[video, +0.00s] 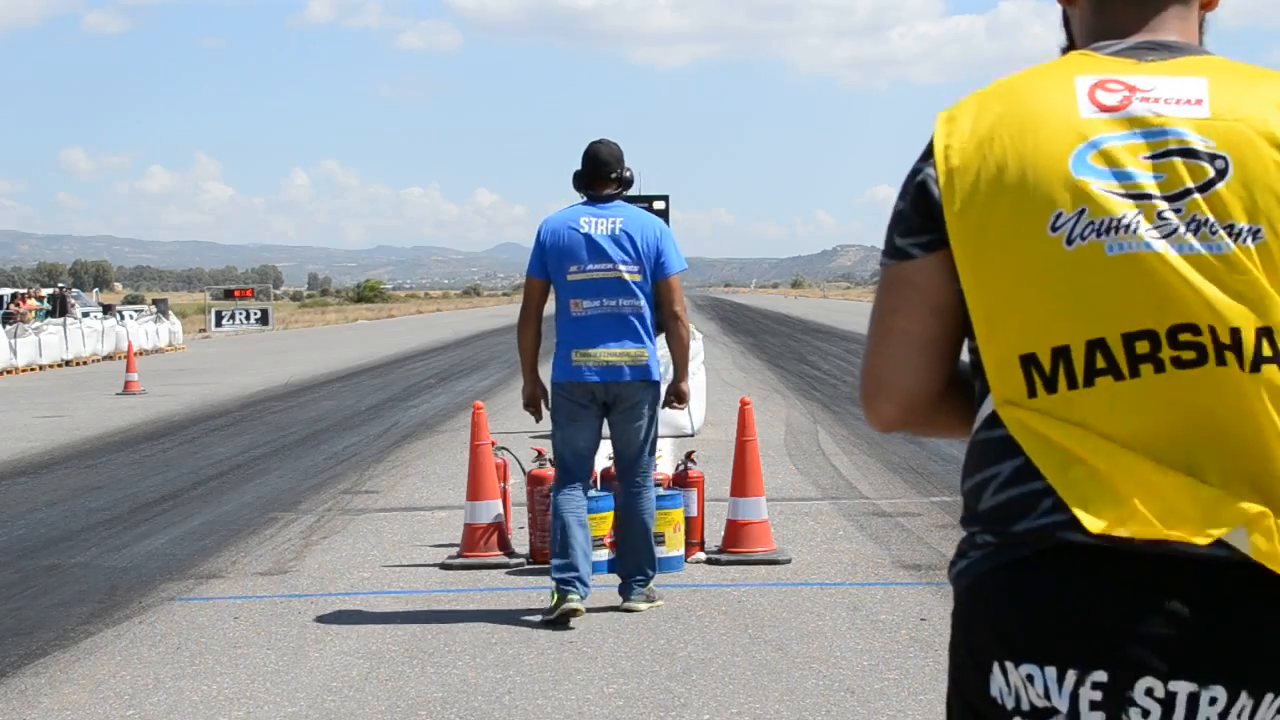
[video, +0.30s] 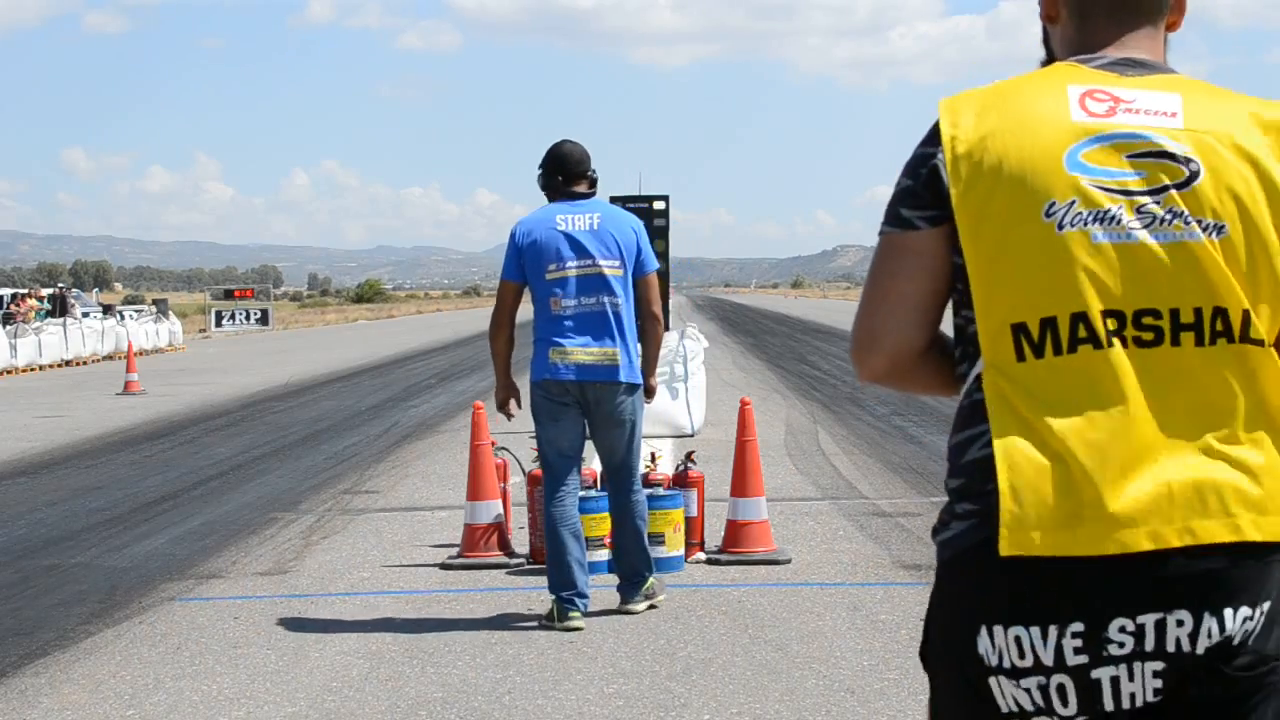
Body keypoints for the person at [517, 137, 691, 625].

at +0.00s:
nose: (607, 182)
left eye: (588, 176)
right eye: (621, 176)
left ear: (580, 181)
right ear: (625, 180)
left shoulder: (553, 229)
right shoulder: (653, 229)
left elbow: (530, 313)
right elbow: (674, 312)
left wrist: (530, 376)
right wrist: (682, 375)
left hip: (575, 372)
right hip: (636, 371)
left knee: (571, 480)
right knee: (636, 477)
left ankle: (570, 588)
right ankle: (637, 586)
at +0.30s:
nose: (543, 186)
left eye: (543, 180)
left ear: (548, 182)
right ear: (593, 180)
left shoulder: (529, 230)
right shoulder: (628, 225)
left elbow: (503, 316)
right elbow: (652, 313)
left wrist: (502, 376)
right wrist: (649, 371)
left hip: (554, 374)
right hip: (616, 372)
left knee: (561, 484)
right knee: (625, 481)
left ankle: (569, 603)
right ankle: (637, 585)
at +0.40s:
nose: (532, 184)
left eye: (533, 177)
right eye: (532, 177)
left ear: (546, 179)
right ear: (585, 179)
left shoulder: (525, 228)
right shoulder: (625, 222)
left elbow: (501, 316)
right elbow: (649, 309)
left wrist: (493, 382)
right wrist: (647, 369)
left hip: (552, 373)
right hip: (616, 371)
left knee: (560, 483)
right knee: (627, 479)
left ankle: (570, 604)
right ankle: (637, 590)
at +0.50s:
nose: (528, 184)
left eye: (530, 177)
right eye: (528, 177)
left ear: (544, 178)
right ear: (581, 177)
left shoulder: (523, 228)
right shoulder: (624, 220)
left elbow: (500, 319)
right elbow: (649, 307)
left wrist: (487, 390)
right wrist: (649, 370)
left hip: (553, 375)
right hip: (616, 371)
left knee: (561, 485)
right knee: (629, 477)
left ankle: (570, 605)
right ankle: (641, 593)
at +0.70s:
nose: (531, 184)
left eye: (534, 176)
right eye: (530, 176)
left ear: (553, 176)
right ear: (583, 176)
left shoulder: (531, 226)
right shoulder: (632, 220)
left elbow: (507, 315)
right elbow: (655, 305)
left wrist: (491, 390)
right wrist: (660, 372)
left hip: (558, 377)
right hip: (623, 373)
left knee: (562, 487)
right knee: (632, 477)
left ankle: (568, 604)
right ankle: (651, 587)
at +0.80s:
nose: (537, 183)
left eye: (540, 174)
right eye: (537, 174)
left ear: (559, 176)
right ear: (590, 176)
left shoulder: (540, 226)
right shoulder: (639, 220)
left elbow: (515, 315)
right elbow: (661, 306)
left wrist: (500, 387)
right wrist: (664, 370)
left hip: (565, 378)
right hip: (630, 373)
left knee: (565, 488)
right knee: (635, 482)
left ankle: (568, 604)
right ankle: (649, 598)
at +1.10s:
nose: (566, 184)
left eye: (568, 175)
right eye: (566, 175)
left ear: (585, 176)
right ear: (621, 175)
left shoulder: (572, 224)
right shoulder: (670, 224)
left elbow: (550, 315)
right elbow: (691, 314)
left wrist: (537, 378)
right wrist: (674, 369)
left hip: (595, 381)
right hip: (661, 378)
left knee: (578, 492)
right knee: (652, 497)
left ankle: (570, 603)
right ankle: (650, 616)